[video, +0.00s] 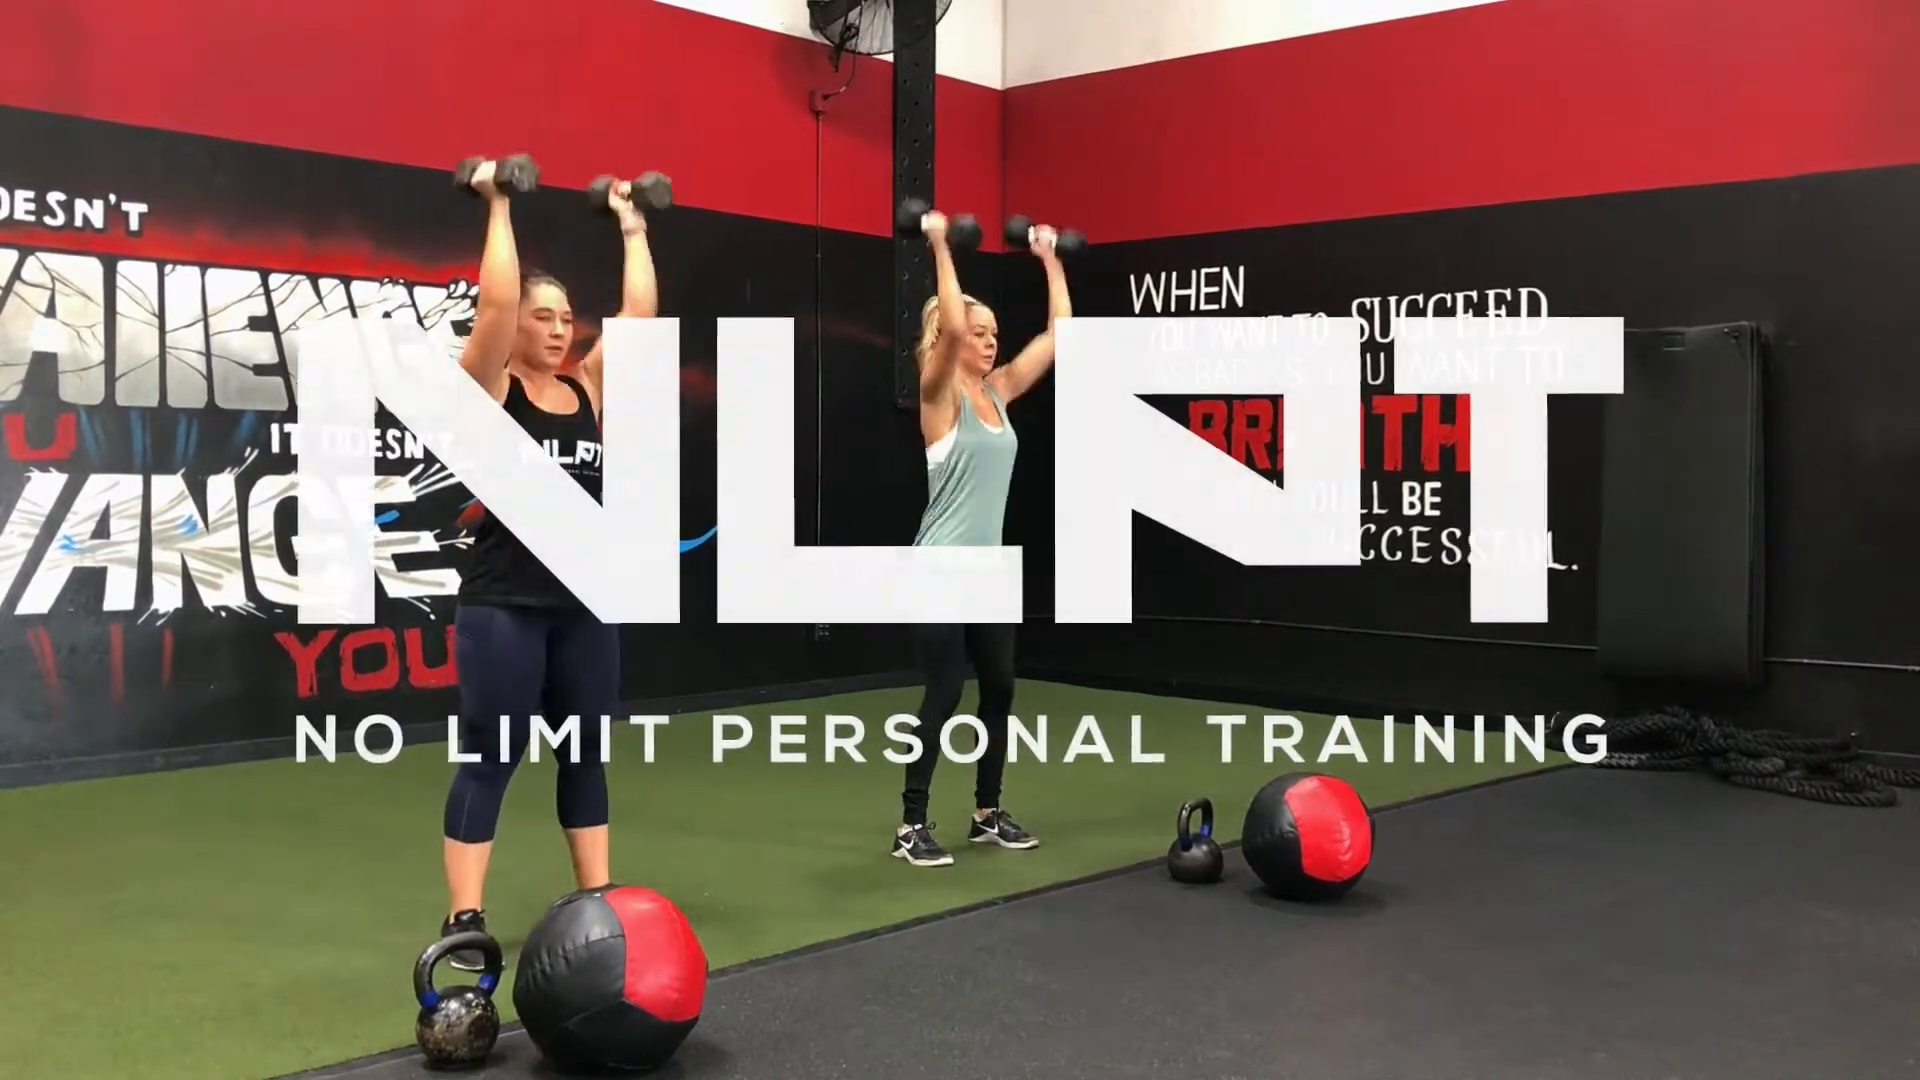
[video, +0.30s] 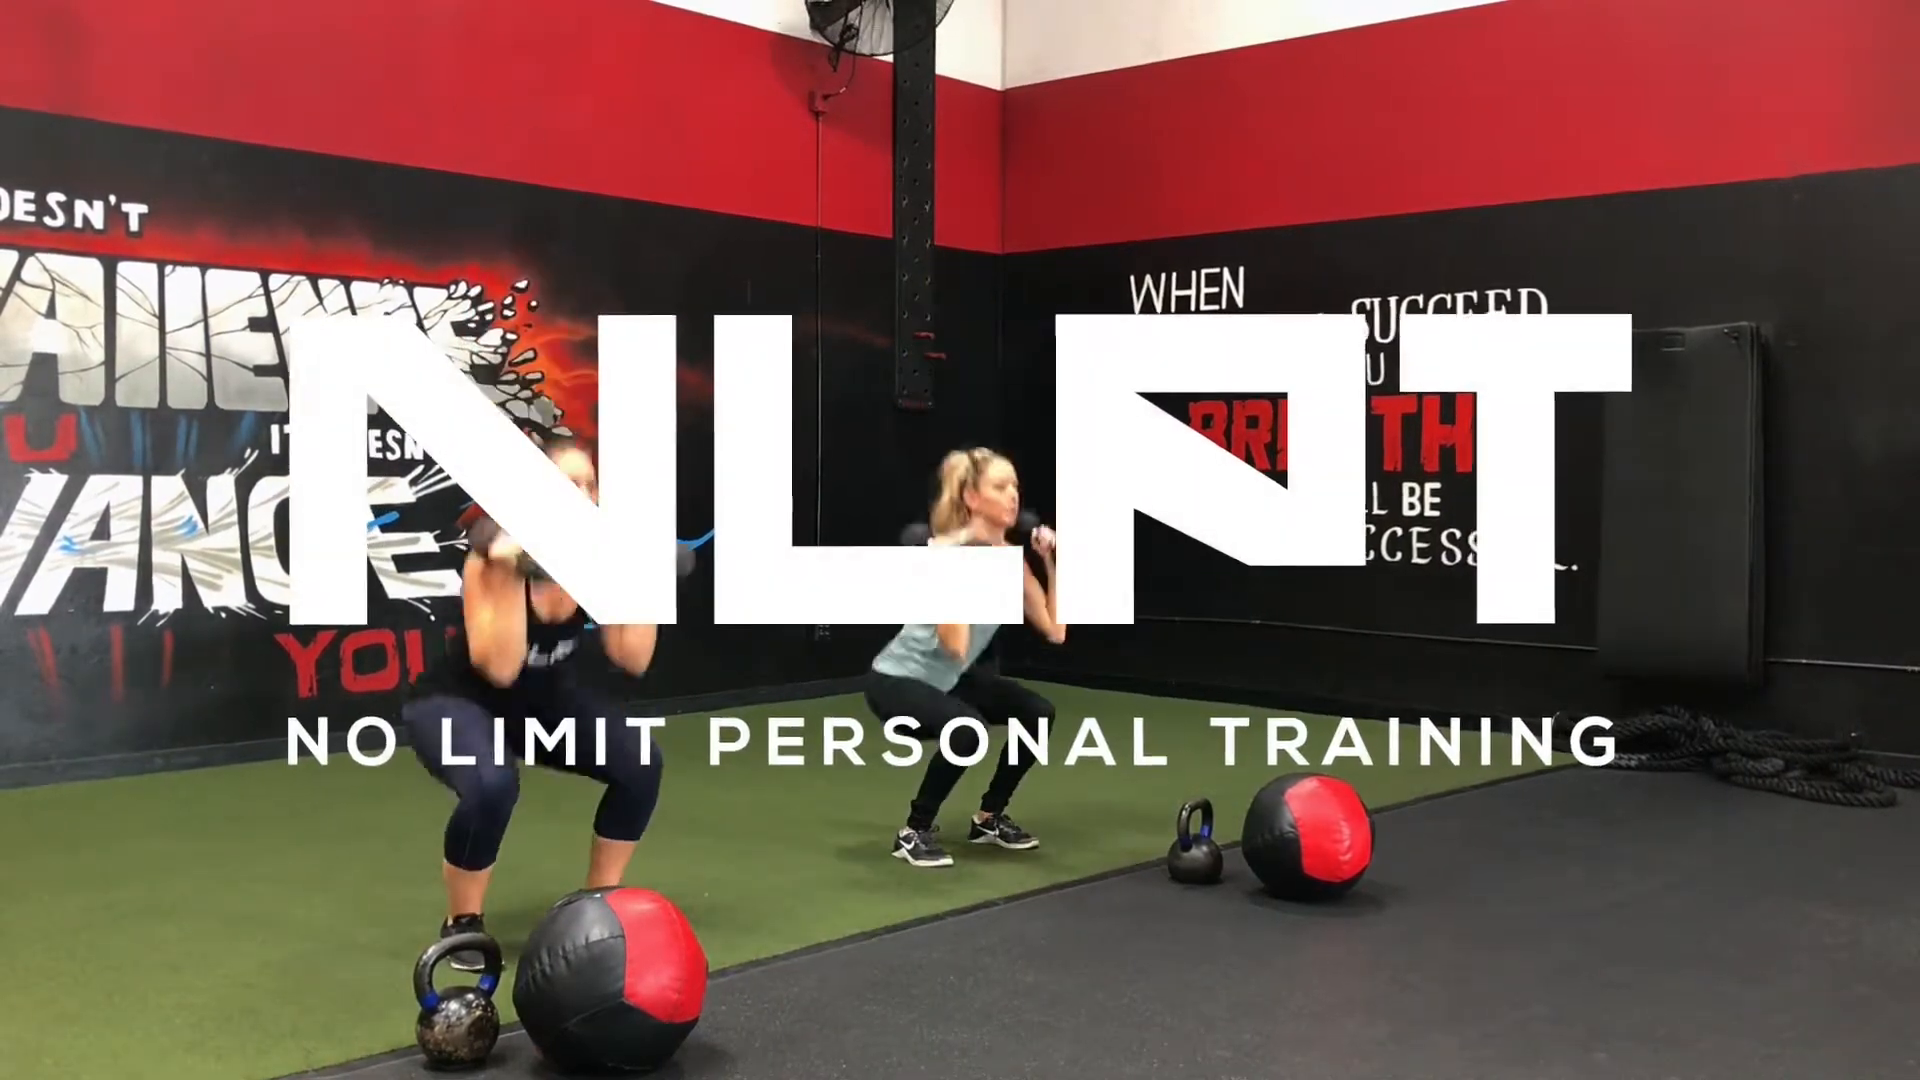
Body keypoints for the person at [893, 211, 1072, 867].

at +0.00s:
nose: (992, 344)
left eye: (993, 335)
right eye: (980, 334)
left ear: (994, 341)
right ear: (950, 339)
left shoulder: (997, 390)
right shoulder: (940, 395)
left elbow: (1059, 332)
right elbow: (949, 329)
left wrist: (1050, 260)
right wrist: (941, 246)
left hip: (992, 570)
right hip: (938, 569)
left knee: (998, 691)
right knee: (944, 689)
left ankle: (988, 814)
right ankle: (914, 825)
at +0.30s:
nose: (1014, 496)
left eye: (1015, 487)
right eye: (1001, 487)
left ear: (1017, 497)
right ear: (970, 498)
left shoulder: (1011, 560)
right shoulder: (941, 555)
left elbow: (1055, 631)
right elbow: (955, 645)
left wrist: (1053, 561)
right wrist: (950, 562)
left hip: (952, 681)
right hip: (896, 679)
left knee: (1037, 713)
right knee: (965, 730)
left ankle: (990, 816)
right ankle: (916, 830)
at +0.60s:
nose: (1008, 415)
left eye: (1010, 404)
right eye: (997, 405)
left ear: (1012, 412)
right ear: (966, 413)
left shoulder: (1012, 476)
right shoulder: (945, 473)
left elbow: (1063, 525)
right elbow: (945, 533)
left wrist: (1058, 465)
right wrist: (948, 453)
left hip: (969, 621)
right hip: (915, 621)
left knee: (1031, 705)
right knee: (957, 716)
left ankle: (990, 815)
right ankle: (914, 828)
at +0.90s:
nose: (989, 339)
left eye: (992, 331)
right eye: (976, 329)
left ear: (994, 340)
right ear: (946, 334)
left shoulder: (997, 388)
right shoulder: (943, 393)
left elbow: (1041, 300)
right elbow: (956, 301)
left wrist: (1054, 222)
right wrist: (950, 208)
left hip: (997, 568)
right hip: (944, 568)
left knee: (991, 691)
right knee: (939, 690)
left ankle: (989, 812)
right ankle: (912, 823)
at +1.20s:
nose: (1010, 452)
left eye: (1012, 442)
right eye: (999, 442)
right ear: (966, 450)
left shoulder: (1007, 510)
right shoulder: (943, 505)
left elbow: (1059, 581)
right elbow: (944, 576)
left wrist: (1059, 513)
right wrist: (949, 506)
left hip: (956, 644)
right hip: (903, 646)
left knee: (1034, 709)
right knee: (963, 722)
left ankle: (990, 816)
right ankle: (915, 829)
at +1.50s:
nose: (1016, 466)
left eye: (1017, 456)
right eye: (1003, 457)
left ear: (1020, 463)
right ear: (973, 467)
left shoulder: (1014, 529)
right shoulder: (947, 518)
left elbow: (1060, 603)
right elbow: (944, 585)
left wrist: (1058, 533)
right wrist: (953, 528)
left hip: (958, 656)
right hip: (902, 654)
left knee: (1039, 715)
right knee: (958, 726)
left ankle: (991, 816)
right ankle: (914, 830)